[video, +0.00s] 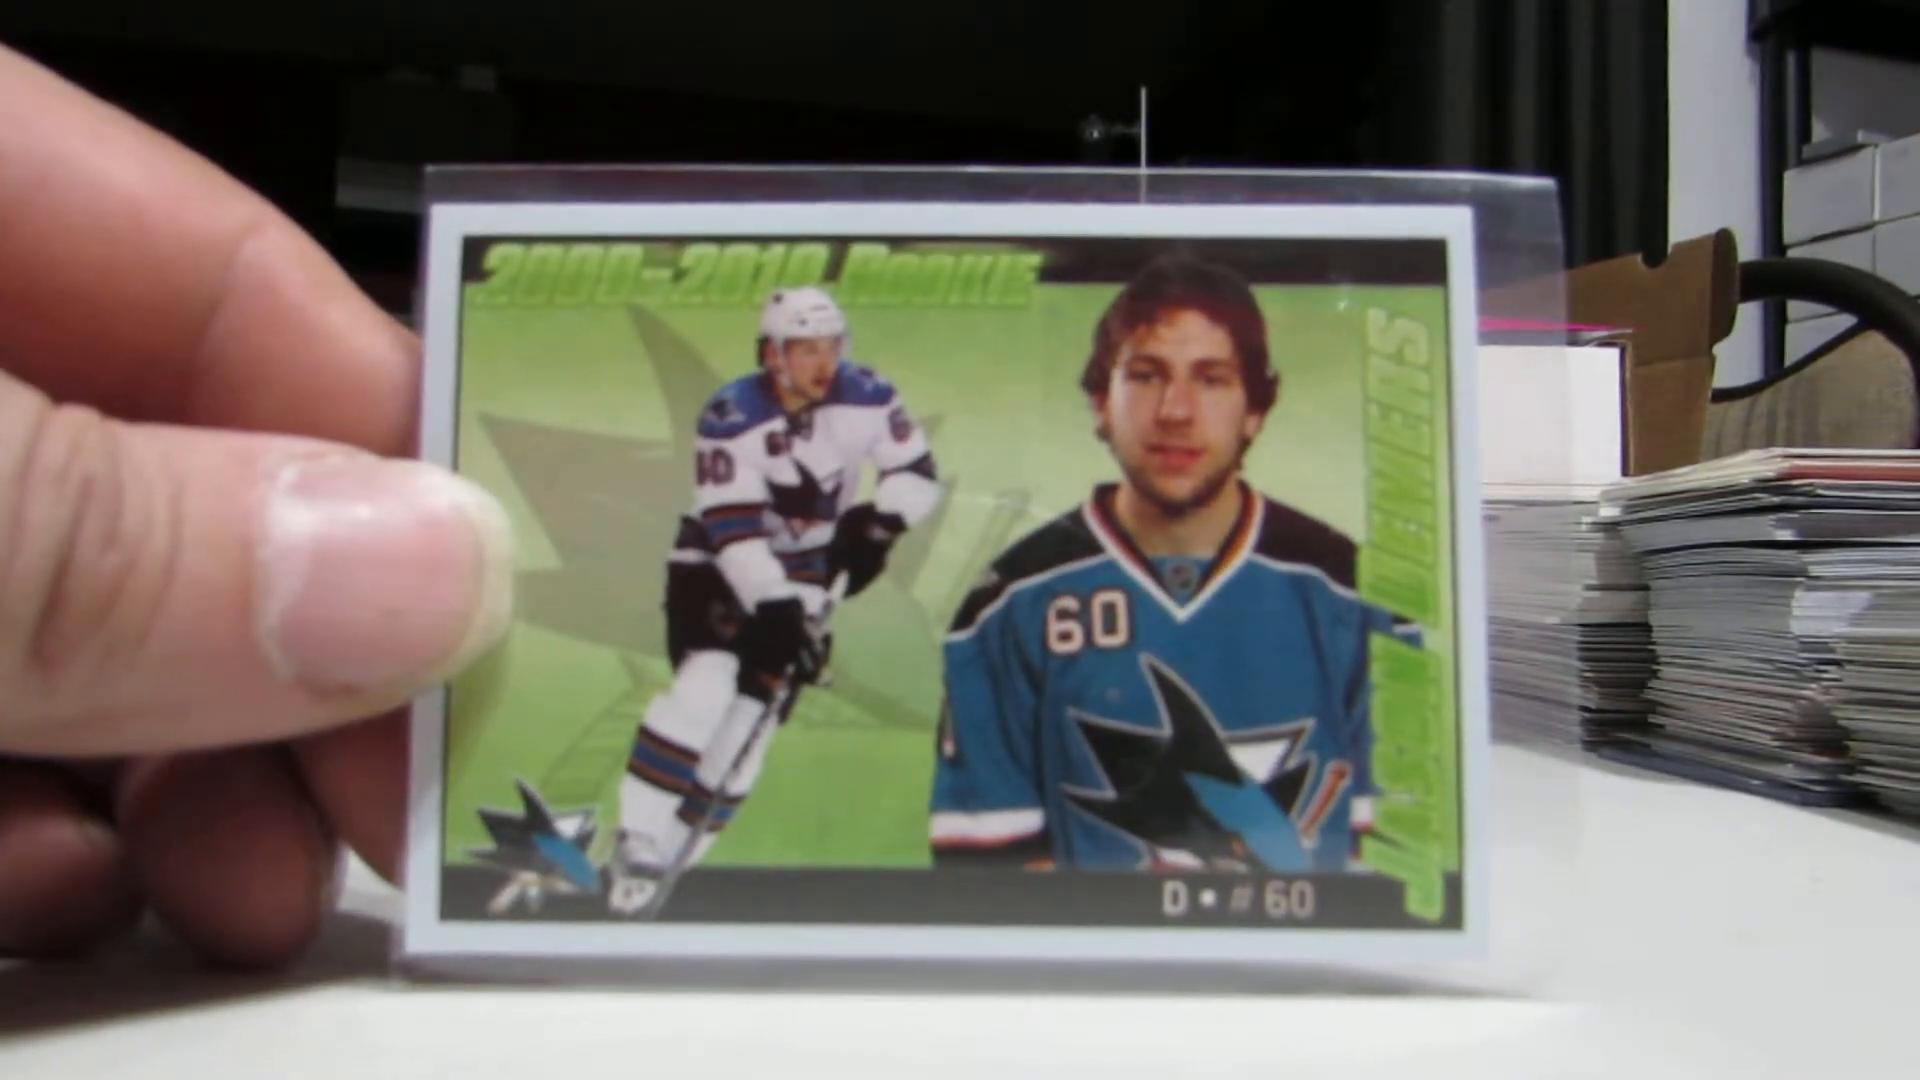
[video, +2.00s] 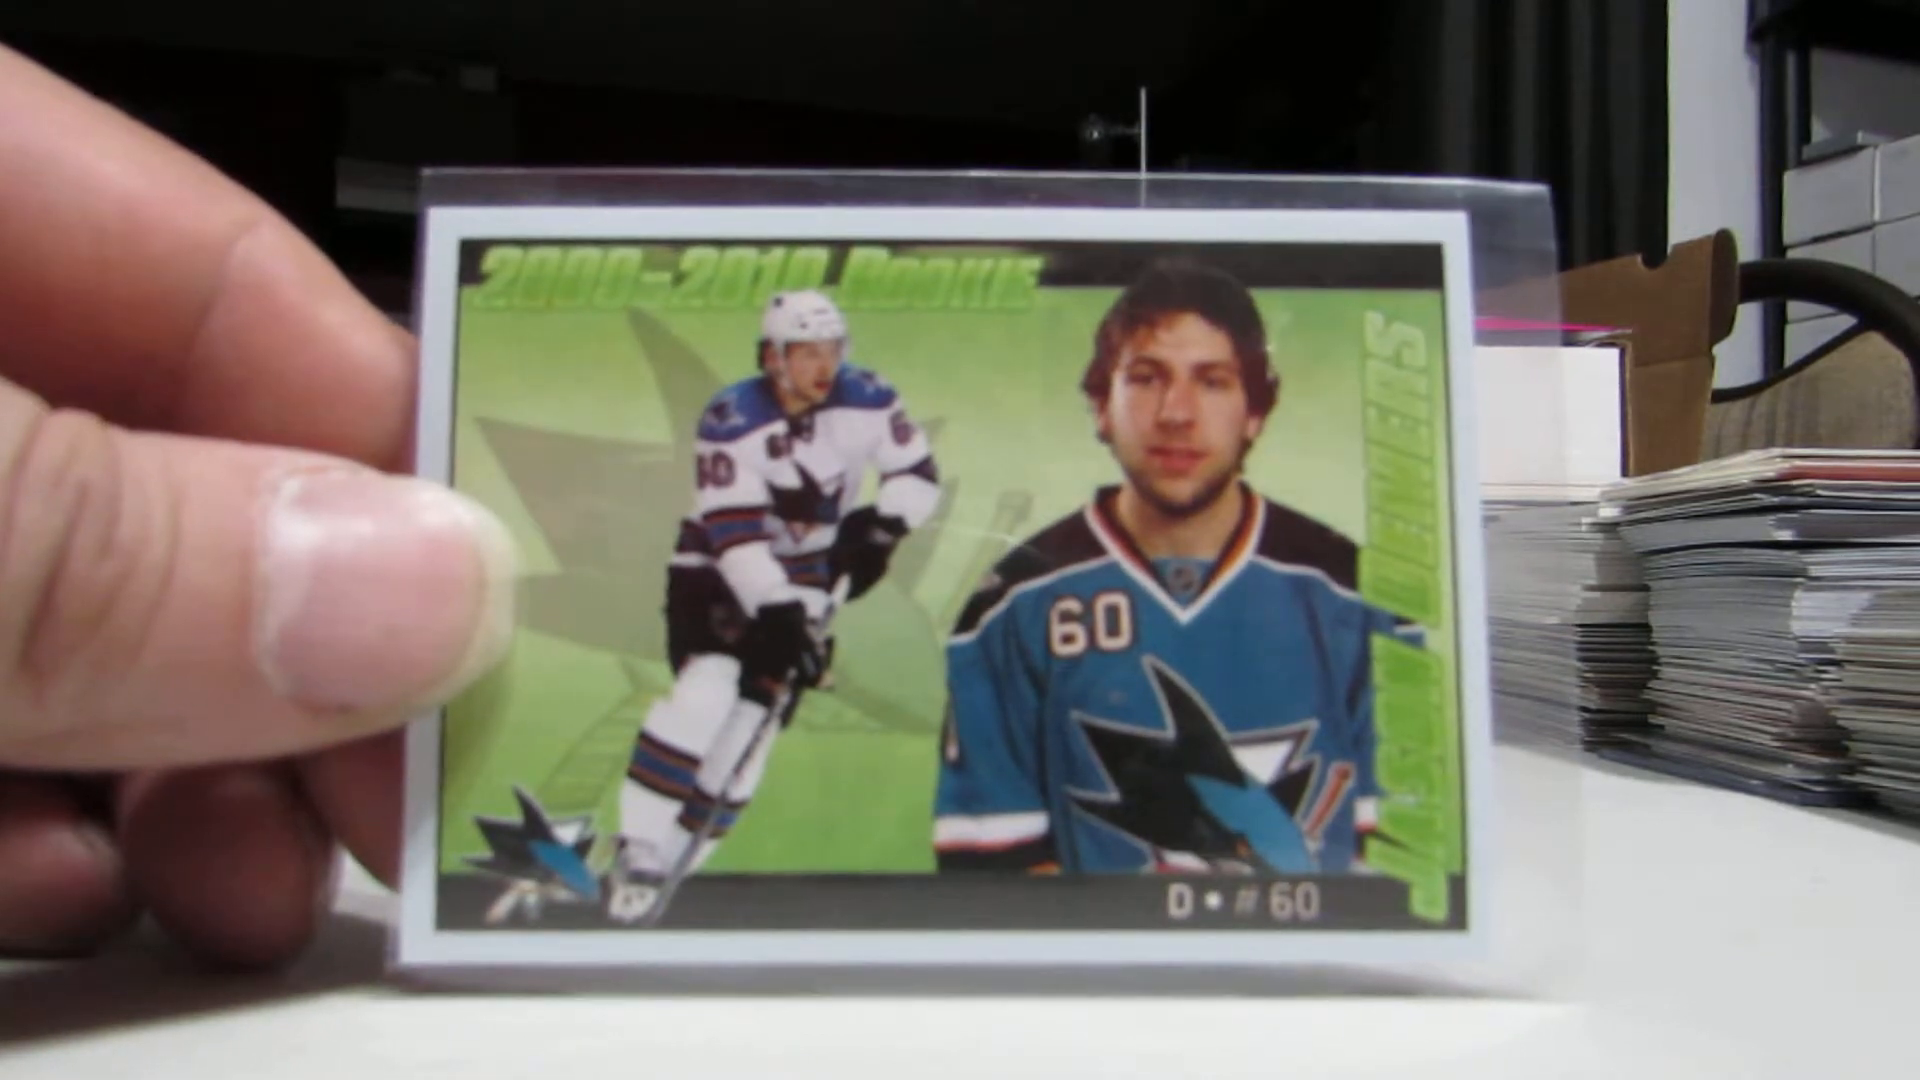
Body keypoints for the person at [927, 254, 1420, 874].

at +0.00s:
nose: (1175, 409)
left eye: (1210, 379)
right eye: (1146, 375)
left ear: (1254, 412)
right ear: (1101, 404)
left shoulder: (1348, 585)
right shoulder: (1015, 600)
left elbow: (1393, 852)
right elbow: (989, 874)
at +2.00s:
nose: (1176, 411)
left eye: (1211, 381)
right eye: (1146, 378)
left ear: (1254, 413)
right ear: (1102, 407)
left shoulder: (1354, 589)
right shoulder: (1017, 604)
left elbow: (1400, 851)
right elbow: (992, 872)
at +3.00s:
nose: (1177, 411)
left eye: (1212, 381)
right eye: (1147, 377)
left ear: (1255, 414)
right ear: (1103, 407)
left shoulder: (1355, 589)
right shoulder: (1017, 605)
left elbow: (1400, 853)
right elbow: (995, 874)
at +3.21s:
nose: (1177, 411)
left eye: (1212, 380)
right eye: (1147, 377)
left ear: (1255, 414)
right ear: (1102, 407)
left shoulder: (1355, 589)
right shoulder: (1017, 605)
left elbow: (1400, 854)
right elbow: (994, 875)